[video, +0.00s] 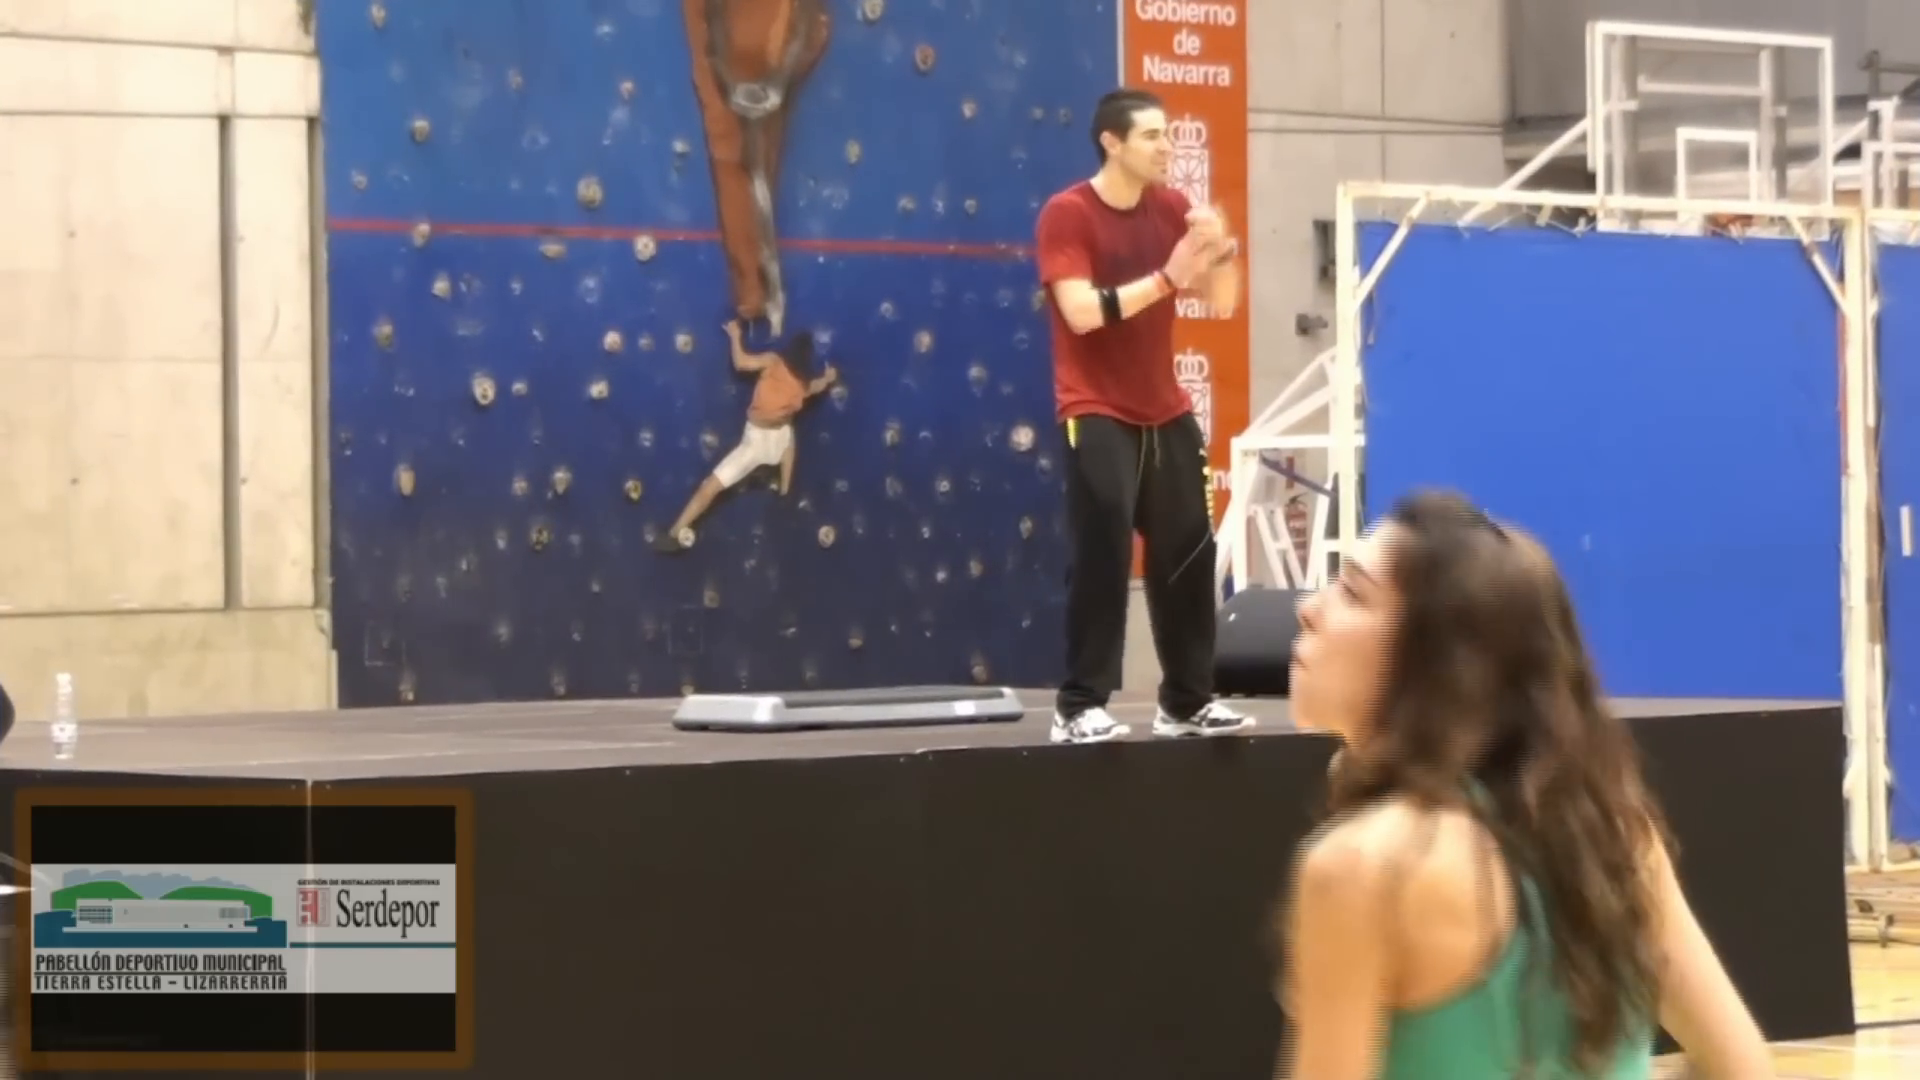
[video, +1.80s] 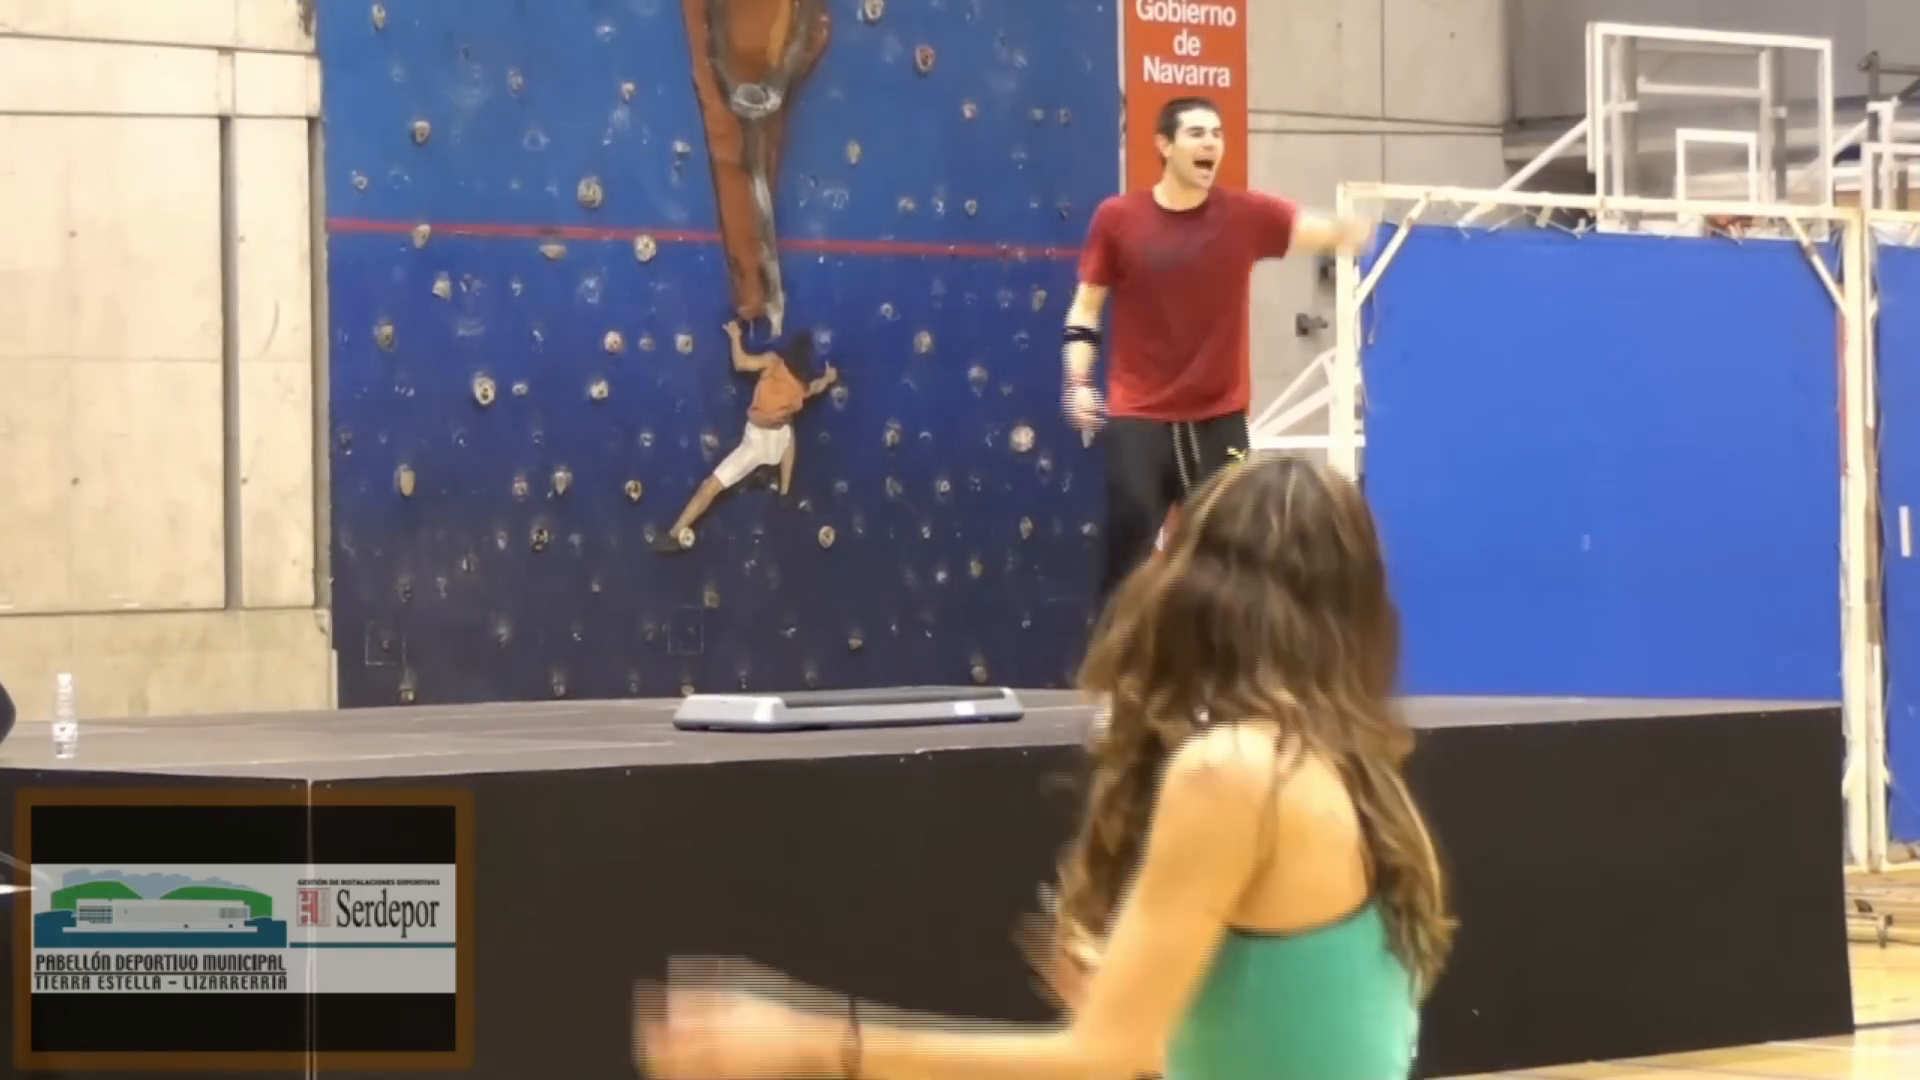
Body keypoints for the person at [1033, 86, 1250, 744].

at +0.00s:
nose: (1164, 147)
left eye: (1166, 135)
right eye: (1150, 136)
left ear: (1163, 142)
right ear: (1111, 143)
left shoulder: (1171, 209)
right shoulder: (1066, 213)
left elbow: (1218, 299)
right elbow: (1080, 314)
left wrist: (1218, 249)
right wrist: (1168, 279)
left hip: (1165, 406)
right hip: (1095, 408)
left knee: (1187, 550)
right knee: (1105, 548)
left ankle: (1189, 700)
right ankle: (1083, 705)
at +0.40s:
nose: (1168, 140)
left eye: (1169, 129)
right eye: (1154, 130)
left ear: (1166, 138)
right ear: (1115, 138)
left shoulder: (1181, 205)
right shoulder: (1069, 204)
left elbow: (1216, 288)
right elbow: (1038, 285)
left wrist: (1234, 299)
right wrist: (1093, 216)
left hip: (1166, 403)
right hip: (1092, 401)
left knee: (1181, 550)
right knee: (1096, 548)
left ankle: (1189, 699)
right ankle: (1082, 703)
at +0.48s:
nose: (1169, 140)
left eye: (1170, 129)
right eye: (1156, 129)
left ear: (1165, 138)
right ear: (1117, 137)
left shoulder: (1182, 205)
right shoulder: (1074, 196)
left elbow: (1204, 293)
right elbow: (1031, 236)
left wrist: (1225, 316)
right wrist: (1080, 169)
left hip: (1165, 401)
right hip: (1094, 399)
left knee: (1180, 552)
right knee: (1093, 547)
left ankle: (1187, 699)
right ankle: (1081, 703)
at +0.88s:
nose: (1177, 141)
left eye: (1177, 130)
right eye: (1164, 130)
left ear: (1169, 142)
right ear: (1124, 139)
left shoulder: (1183, 208)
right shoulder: (1077, 197)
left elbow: (1206, 286)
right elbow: (1016, 199)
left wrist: (1217, 301)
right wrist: (1093, 247)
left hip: (1163, 407)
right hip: (1094, 408)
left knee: (1180, 555)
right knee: (1093, 558)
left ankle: (1187, 699)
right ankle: (1080, 704)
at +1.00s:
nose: (1170, 143)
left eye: (1172, 132)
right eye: (1157, 132)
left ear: (1170, 139)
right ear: (1118, 137)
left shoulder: (1182, 204)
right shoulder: (1071, 202)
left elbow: (1251, 251)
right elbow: (1004, 242)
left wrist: (1264, 232)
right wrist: (1081, 287)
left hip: (1159, 403)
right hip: (1087, 405)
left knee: (1178, 550)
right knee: (1093, 551)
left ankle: (1188, 700)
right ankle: (1082, 704)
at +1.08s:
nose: (1167, 148)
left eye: (1171, 137)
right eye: (1155, 137)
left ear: (1168, 142)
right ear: (1115, 137)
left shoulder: (1183, 197)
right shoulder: (1065, 204)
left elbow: (1274, 211)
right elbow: (1000, 269)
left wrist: (1313, 161)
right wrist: (1075, 306)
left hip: (1158, 403)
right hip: (1085, 405)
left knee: (1176, 551)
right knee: (1090, 553)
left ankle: (1188, 701)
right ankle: (1081, 705)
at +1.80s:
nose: (1209, 145)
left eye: (1216, 135)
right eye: (1195, 133)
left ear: (1224, 147)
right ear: (1164, 145)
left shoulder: (1243, 213)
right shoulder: (1118, 217)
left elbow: (1326, 233)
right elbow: (1087, 307)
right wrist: (1078, 382)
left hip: (1218, 413)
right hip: (1139, 414)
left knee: (1231, 540)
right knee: (1130, 529)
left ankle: (1234, 665)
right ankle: (1116, 663)